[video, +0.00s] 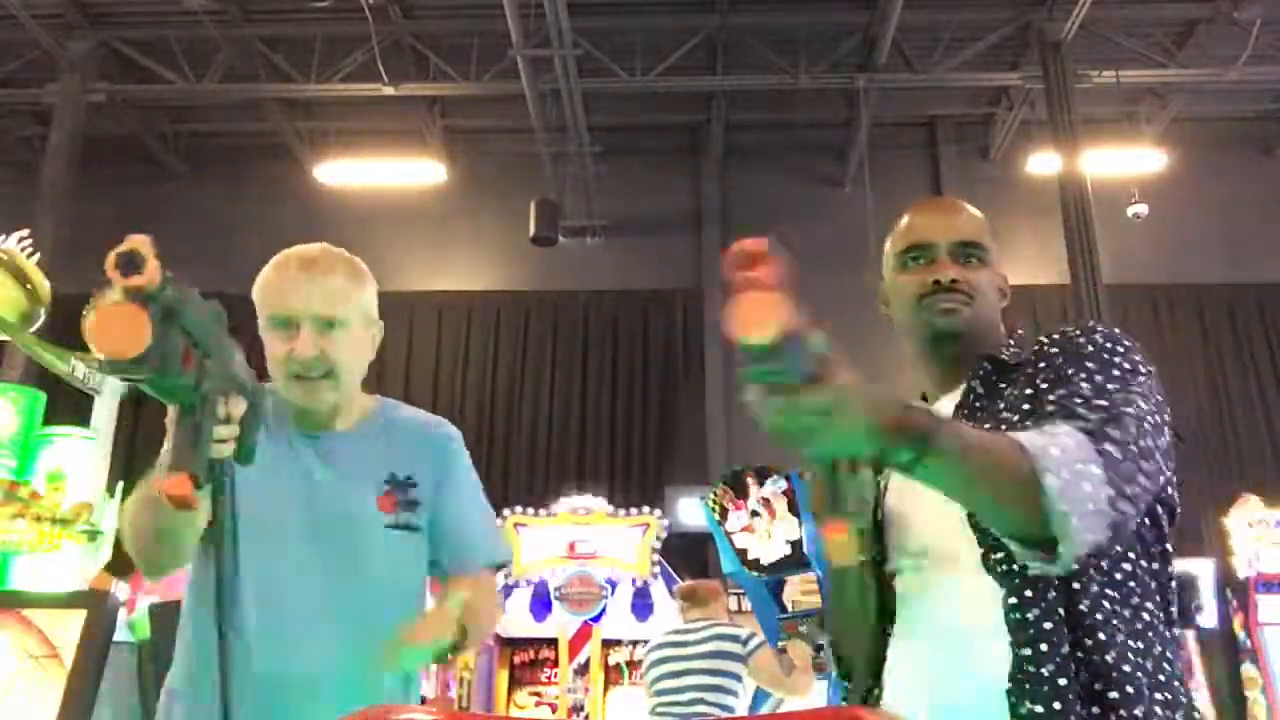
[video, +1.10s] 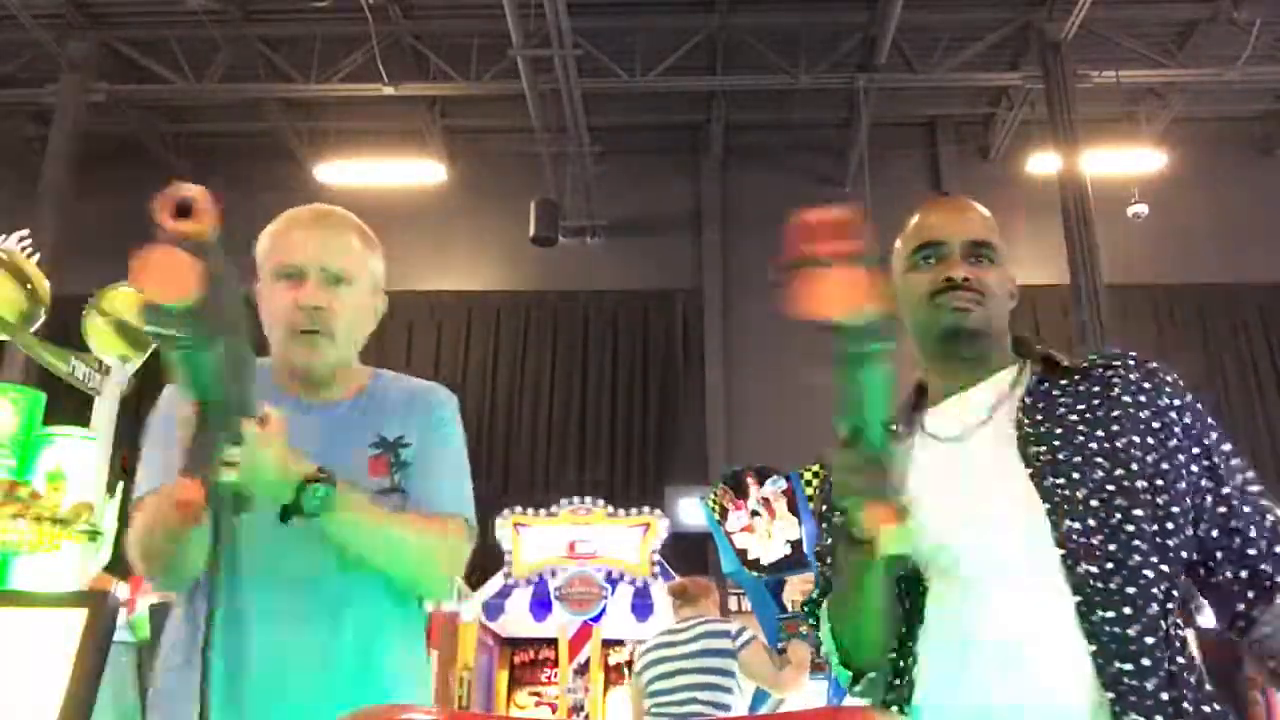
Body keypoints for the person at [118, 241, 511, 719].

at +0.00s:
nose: (304, 347)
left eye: (329, 325)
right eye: (284, 325)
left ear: (373, 337)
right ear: (260, 334)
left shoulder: (430, 447)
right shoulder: (216, 425)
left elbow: (477, 593)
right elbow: (152, 558)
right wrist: (183, 463)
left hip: (365, 710)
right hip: (216, 707)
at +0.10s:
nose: (313, 346)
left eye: (336, 323)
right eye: (293, 323)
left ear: (379, 335)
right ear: (266, 331)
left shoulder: (430, 446)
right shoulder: (216, 419)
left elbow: (463, 584)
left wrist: (438, 656)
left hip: (365, 710)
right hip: (211, 707)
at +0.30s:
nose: (243, 305)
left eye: (269, 280)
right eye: (220, 280)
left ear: (317, 296)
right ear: (193, 293)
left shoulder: (371, 419)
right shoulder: (143, 393)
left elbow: (395, 580)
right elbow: (65, 541)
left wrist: (328, 633)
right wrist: (76, 436)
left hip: (295, 713)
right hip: (135, 705)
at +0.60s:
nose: (248, 258)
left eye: (278, 236)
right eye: (226, 234)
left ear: (330, 255)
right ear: (199, 249)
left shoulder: (392, 389)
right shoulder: (144, 366)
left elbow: (424, 570)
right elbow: (62, 526)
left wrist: (345, 648)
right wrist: (78, 415)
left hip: (310, 709)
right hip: (136, 703)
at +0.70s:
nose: (314, 253)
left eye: (342, 229)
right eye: (290, 228)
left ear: (393, 253)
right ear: (262, 247)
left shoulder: (455, 385)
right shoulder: (203, 365)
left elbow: (490, 566)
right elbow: (126, 529)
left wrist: (385, 648)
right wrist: (101, 412)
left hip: (369, 714)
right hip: (192, 704)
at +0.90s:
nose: (323, 297)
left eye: (348, 279)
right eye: (300, 276)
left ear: (385, 306)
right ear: (269, 295)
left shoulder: (432, 420)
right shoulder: (221, 397)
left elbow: (473, 577)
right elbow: (160, 540)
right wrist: (182, 452)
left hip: (373, 705)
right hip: (217, 703)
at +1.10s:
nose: (311, 299)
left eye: (336, 281)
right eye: (289, 277)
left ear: (377, 305)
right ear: (258, 296)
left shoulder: (424, 410)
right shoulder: (198, 399)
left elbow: (441, 567)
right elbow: (161, 570)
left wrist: (300, 483)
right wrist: (182, 503)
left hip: (370, 705)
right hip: (213, 703)